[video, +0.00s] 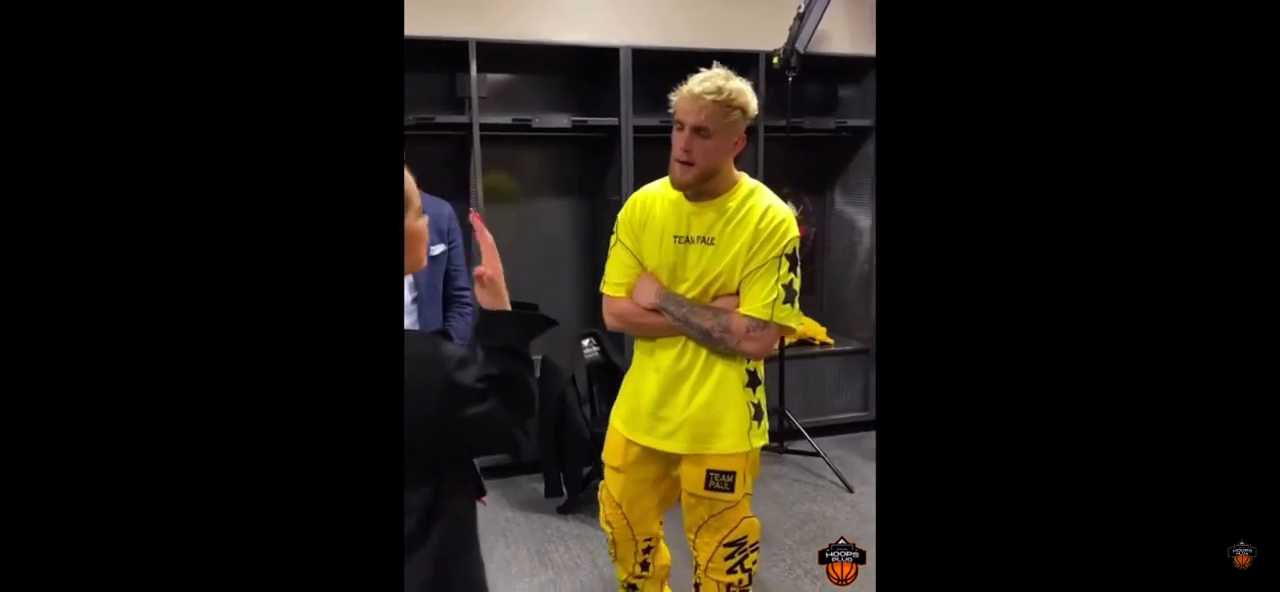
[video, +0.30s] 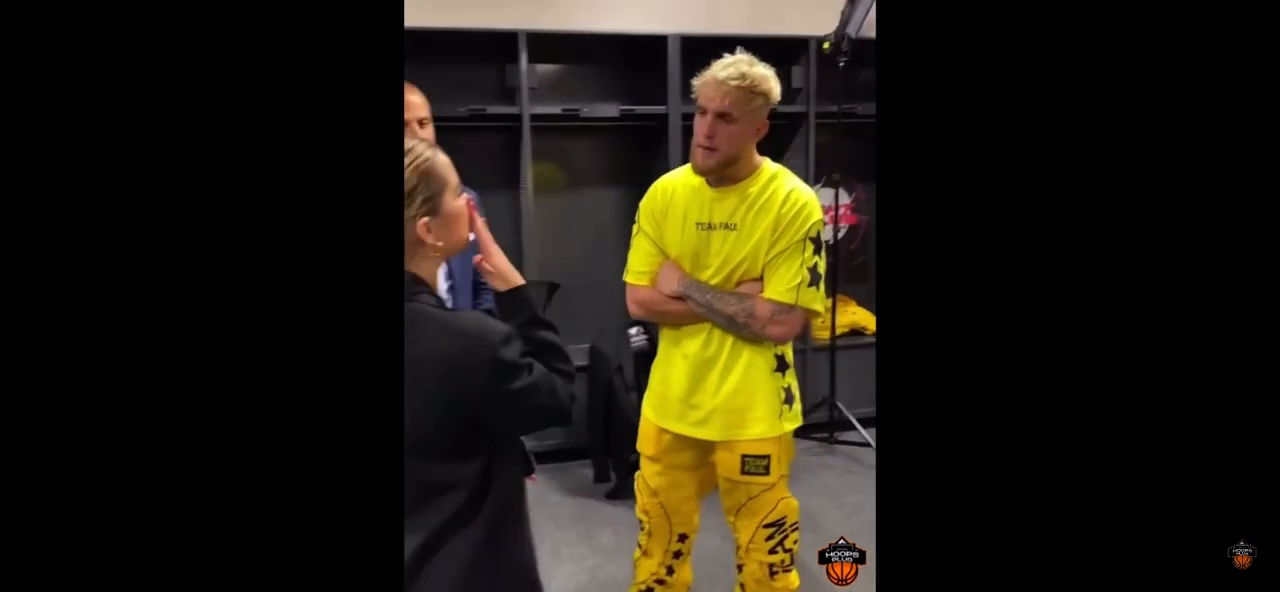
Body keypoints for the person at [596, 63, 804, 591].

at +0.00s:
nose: (682, 144)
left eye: (700, 133)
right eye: (678, 128)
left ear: (738, 143)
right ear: (670, 128)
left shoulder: (770, 220)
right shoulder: (642, 206)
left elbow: (759, 340)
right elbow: (616, 314)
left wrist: (661, 297)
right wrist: (714, 315)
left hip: (722, 418)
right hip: (642, 407)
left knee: (719, 550)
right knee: (623, 524)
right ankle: (644, 586)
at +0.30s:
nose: (704, 130)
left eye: (723, 118)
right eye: (700, 113)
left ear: (761, 129)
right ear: (693, 114)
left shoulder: (793, 204)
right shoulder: (664, 194)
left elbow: (781, 325)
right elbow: (640, 302)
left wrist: (684, 285)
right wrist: (736, 301)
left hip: (755, 410)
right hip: (670, 402)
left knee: (765, 560)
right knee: (658, 554)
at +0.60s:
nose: (694, 117)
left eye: (713, 104)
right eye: (689, 100)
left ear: (746, 114)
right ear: (680, 103)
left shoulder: (781, 189)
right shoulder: (648, 188)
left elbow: (780, 300)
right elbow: (630, 295)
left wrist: (676, 269)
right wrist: (736, 282)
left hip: (751, 397)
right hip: (662, 398)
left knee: (780, 552)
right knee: (669, 555)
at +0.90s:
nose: (685, 115)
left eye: (703, 101)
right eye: (678, 99)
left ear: (733, 110)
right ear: (668, 102)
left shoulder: (769, 183)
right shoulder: (638, 186)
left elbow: (777, 292)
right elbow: (624, 292)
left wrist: (671, 264)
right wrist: (730, 278)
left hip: (746, 390)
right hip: (658, 394)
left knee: (789, 547)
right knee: (681, 552)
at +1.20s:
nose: (705, 105)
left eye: (722, 91)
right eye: (698, 89)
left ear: (753, 100)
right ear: (688, 93)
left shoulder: (790, 173)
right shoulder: (661, 180)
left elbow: (792, 279)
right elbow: (643, 285)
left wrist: (686, 255)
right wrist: (746, 270)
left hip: (765, 384)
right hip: (679, 387)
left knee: (799, 536)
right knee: (702, 542)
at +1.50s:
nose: (725, 98)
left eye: (743, 84)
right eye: (718, 82)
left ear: (774, 92)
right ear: (708, 86)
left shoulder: (812, 163)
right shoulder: (684, 176)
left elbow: (811, 271)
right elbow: (667, 280)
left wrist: (706, 249)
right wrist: (768, 261)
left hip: (789, 379)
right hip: (704, 381)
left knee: (816, 530)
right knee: (719, 534)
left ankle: (824, 584)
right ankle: (722, 586)